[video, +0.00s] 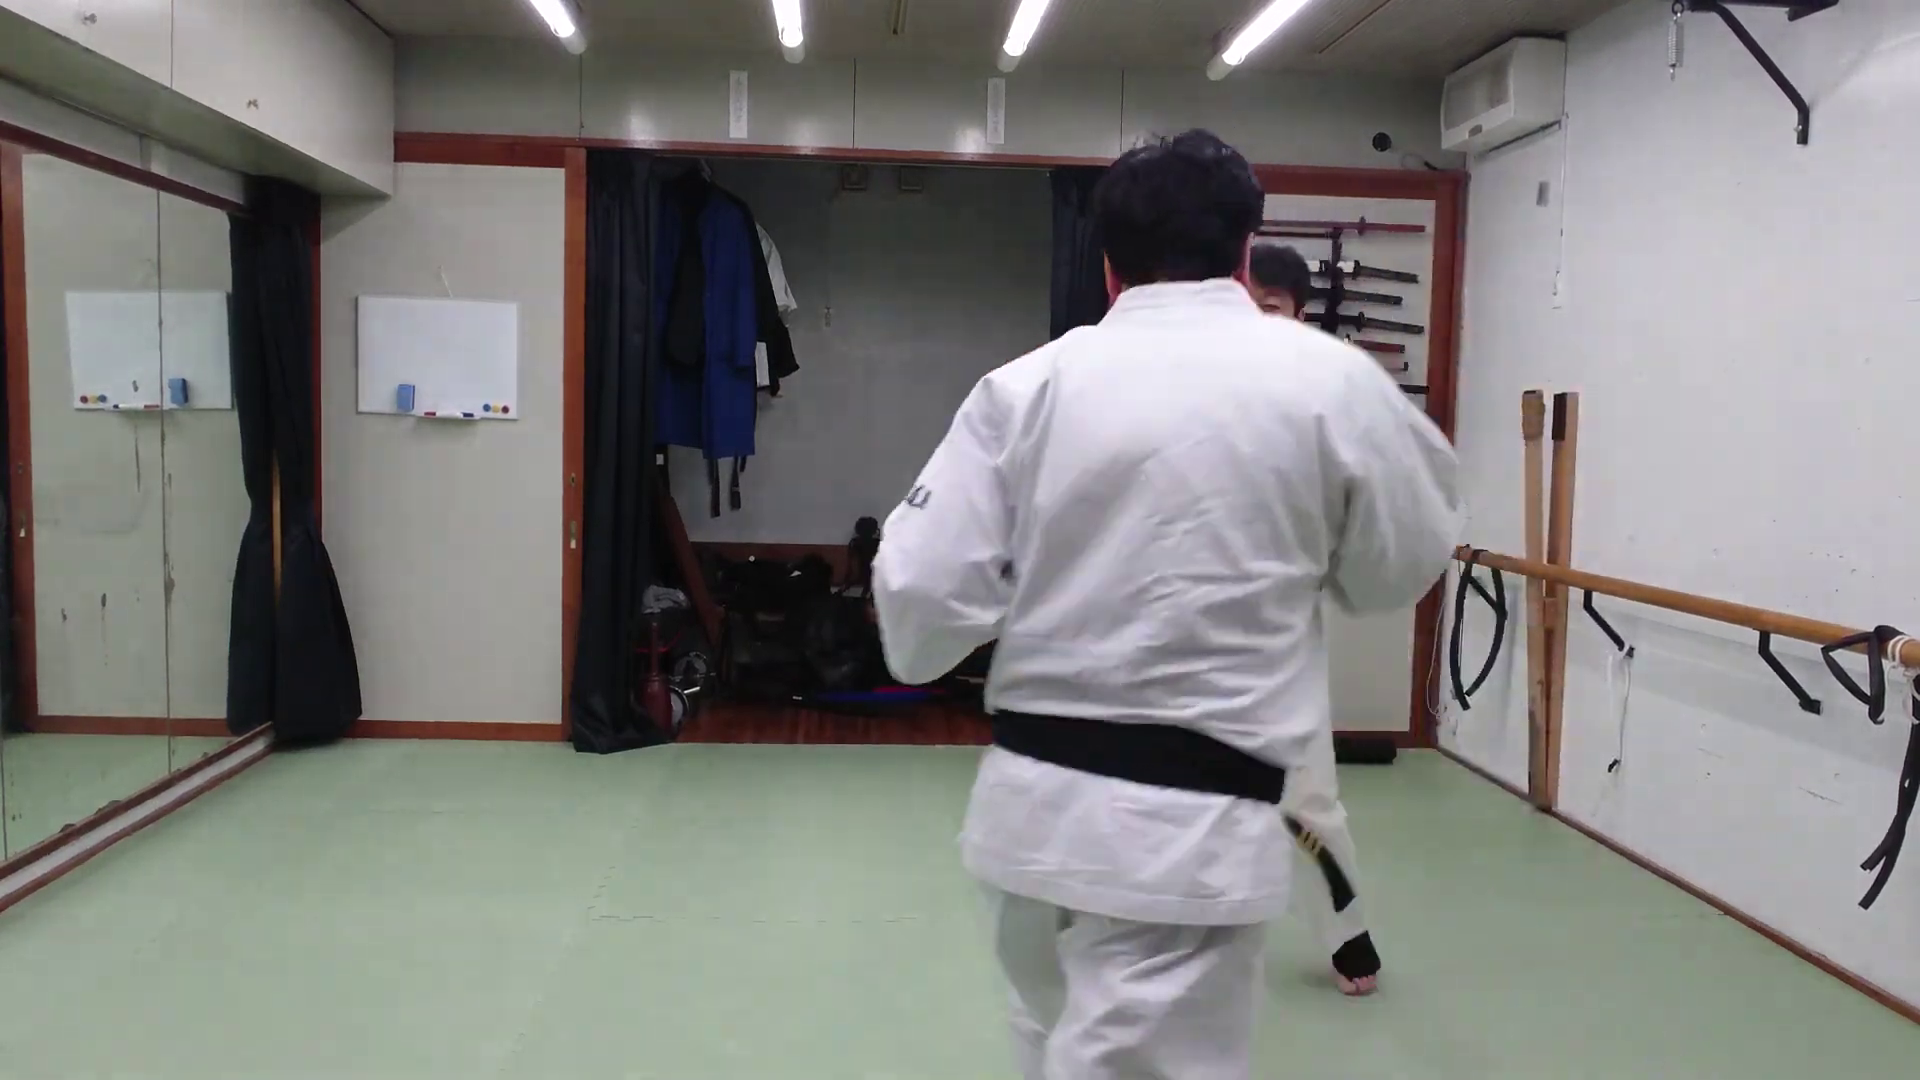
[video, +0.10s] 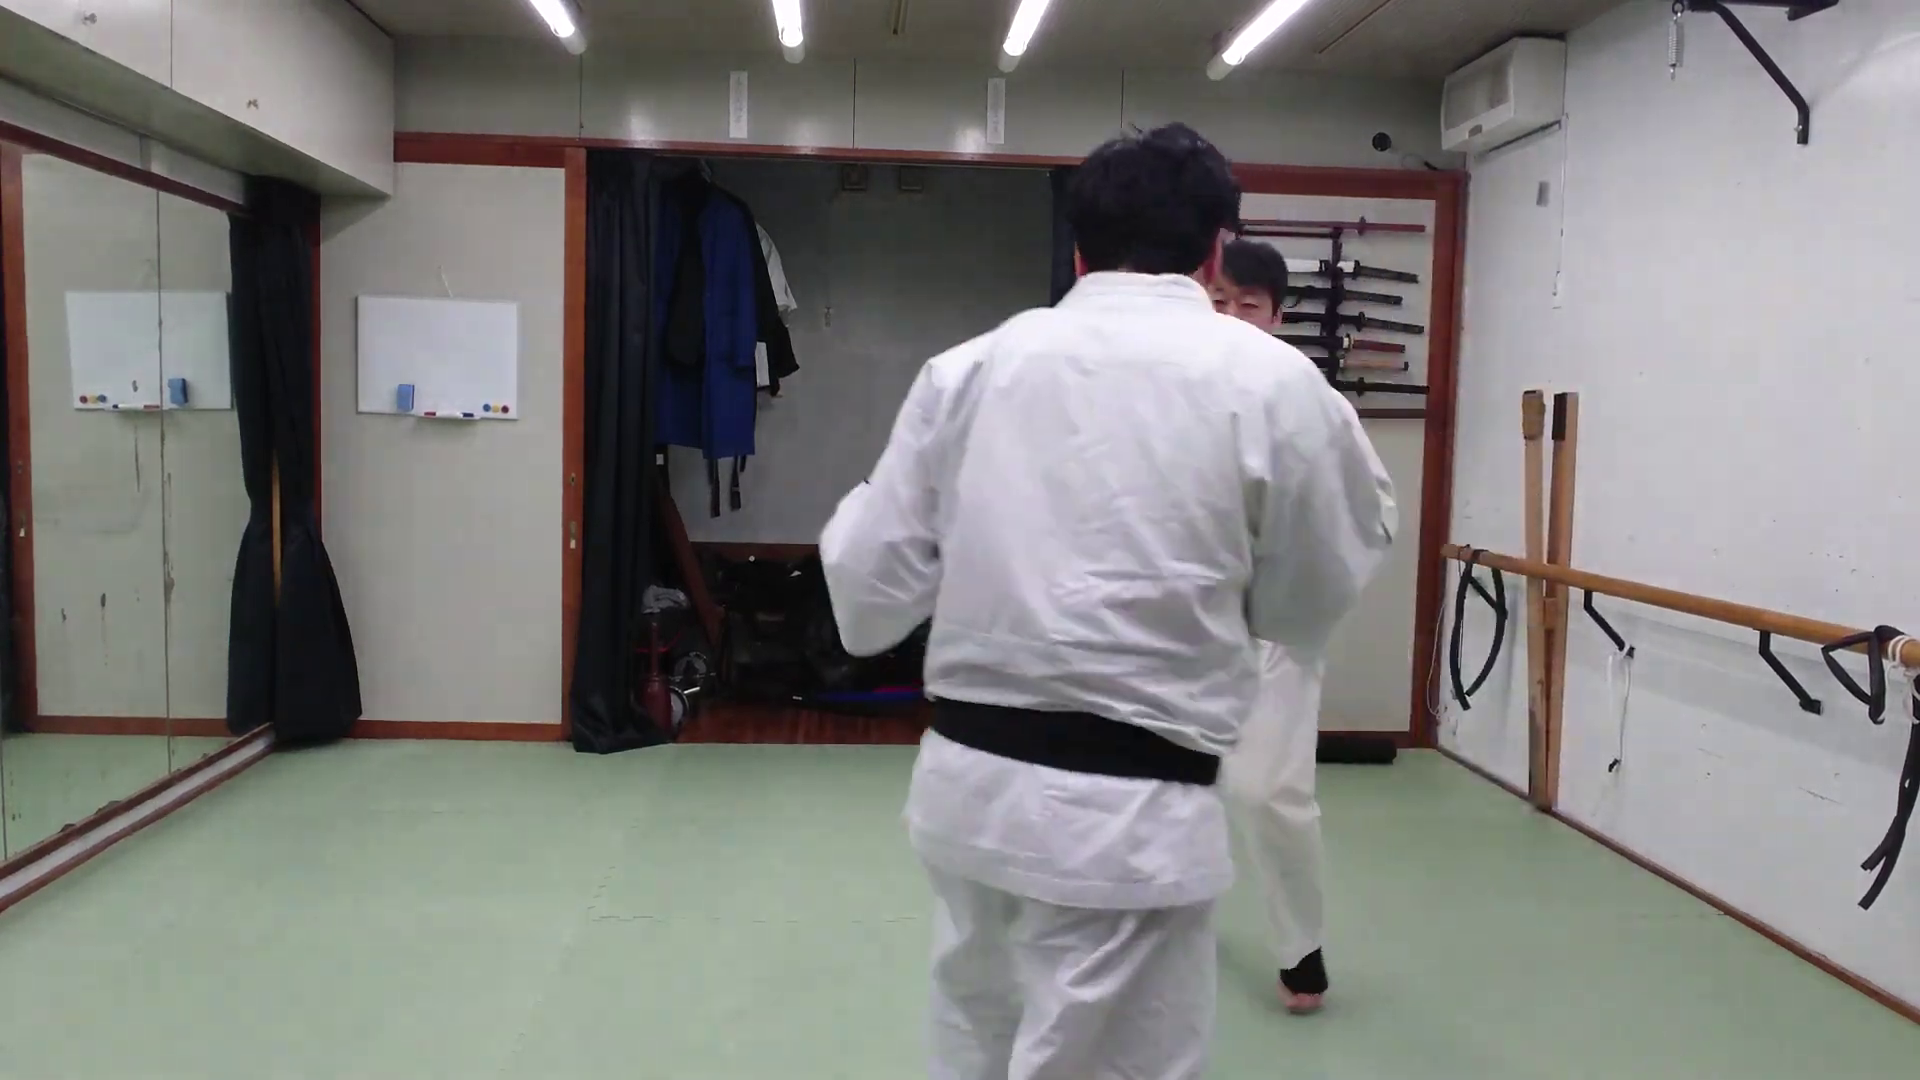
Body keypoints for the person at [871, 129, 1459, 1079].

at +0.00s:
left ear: (1111, 268)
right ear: (1244, 255)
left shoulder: (1033, 384)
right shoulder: (1326, 379)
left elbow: (920, 590)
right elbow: (1397, 567)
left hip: (1031, 813)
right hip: (1199, 830)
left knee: (1049, 1048)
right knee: (1142, 1064)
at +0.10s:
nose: (1231, 258)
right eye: (1230, 242)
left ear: (1077, 250)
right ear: (1215, 250)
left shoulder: (975, 369)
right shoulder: (1270, 383)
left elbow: (865, 580)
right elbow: (1311, 602)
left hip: (961, 790)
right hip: (1130, 820)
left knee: (968, 1042)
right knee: (1100, 1064)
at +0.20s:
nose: (1175, 244)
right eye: (1175, 224)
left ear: (1023, 220)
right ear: (1155, 230)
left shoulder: (922, 334)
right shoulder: (1205, 349)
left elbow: (825, 514)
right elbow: (1252, 570)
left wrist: (946, 519)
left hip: (902, 757)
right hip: (1065, 793)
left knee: (893, 983)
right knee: (1079, 1059)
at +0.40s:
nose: (1031, 302)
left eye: (1031, 279)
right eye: (1031, 276)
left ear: (900, 264)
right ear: (1009, 277)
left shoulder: (797, 386)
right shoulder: (1009, 396)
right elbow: (1114, 567)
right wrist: (1129, 421)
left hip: (758, 782)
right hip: (892, 812)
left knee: (762, 1054)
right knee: (980, 1061)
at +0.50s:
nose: (974, 296)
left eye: (977, 273)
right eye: (976, 271)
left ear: (848, 248)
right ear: (950, 262)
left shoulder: (746, 361)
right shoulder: (947, 367)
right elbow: (1032, 561)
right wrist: (1052, 432)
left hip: (684, 750)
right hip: (814, 772)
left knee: (722, 1050)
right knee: (887, 1057)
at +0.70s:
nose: (844, 289)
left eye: (849, 265)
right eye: (845, 263)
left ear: (736, 240)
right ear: (802, 251)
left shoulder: (680, 335)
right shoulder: (775, 352)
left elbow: (838, 515)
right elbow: (922, 485)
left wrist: (935, 617)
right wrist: (969, 347)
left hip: (599, 757)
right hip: (659, 774)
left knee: (673, 1038)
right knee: (677, 1051)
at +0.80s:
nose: (795, 343)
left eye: (800, 314)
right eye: (796, 312)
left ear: (718, 299)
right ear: (749, 301)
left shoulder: (644, 382)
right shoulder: (686, 409)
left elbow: (784, 575)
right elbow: (862, 556)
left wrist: (872, 708)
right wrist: (924, 422)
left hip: (668, 835)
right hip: (556, 842)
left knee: (717, 1063)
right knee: (526, 1064)